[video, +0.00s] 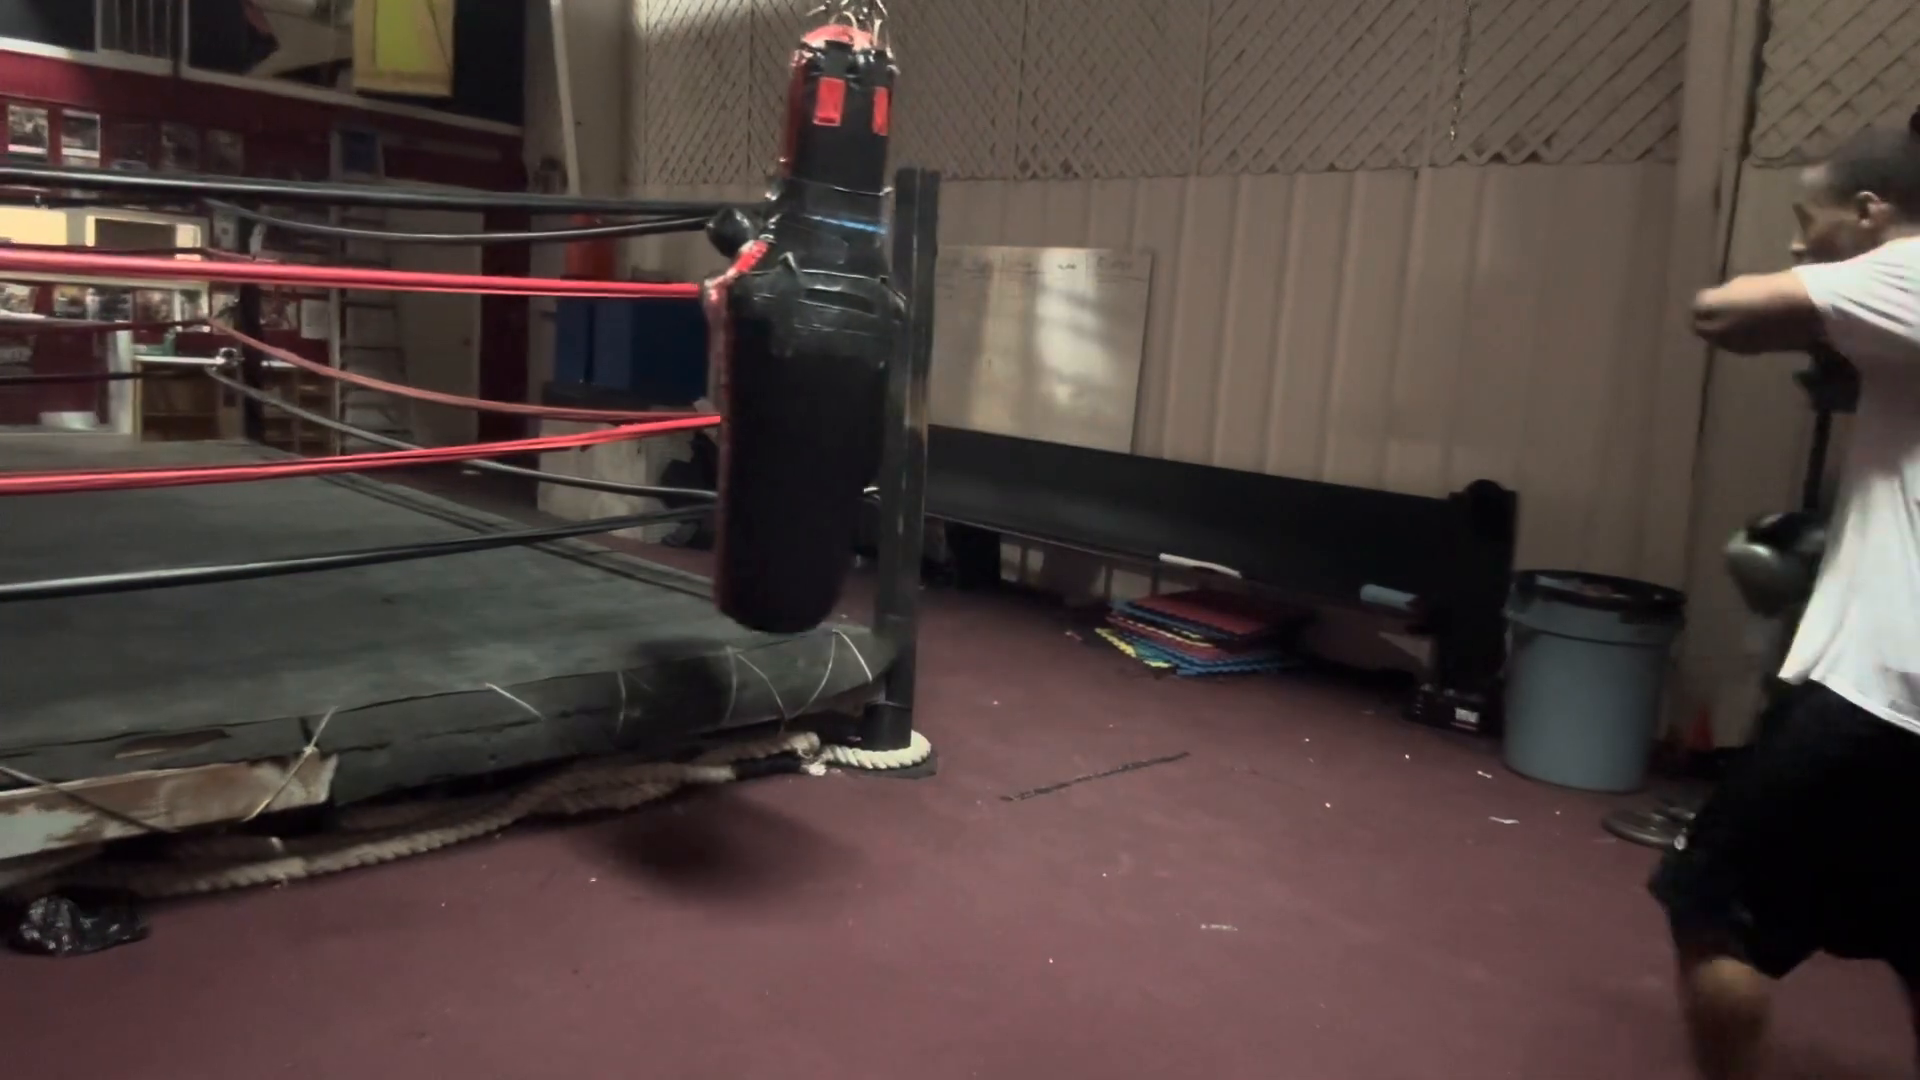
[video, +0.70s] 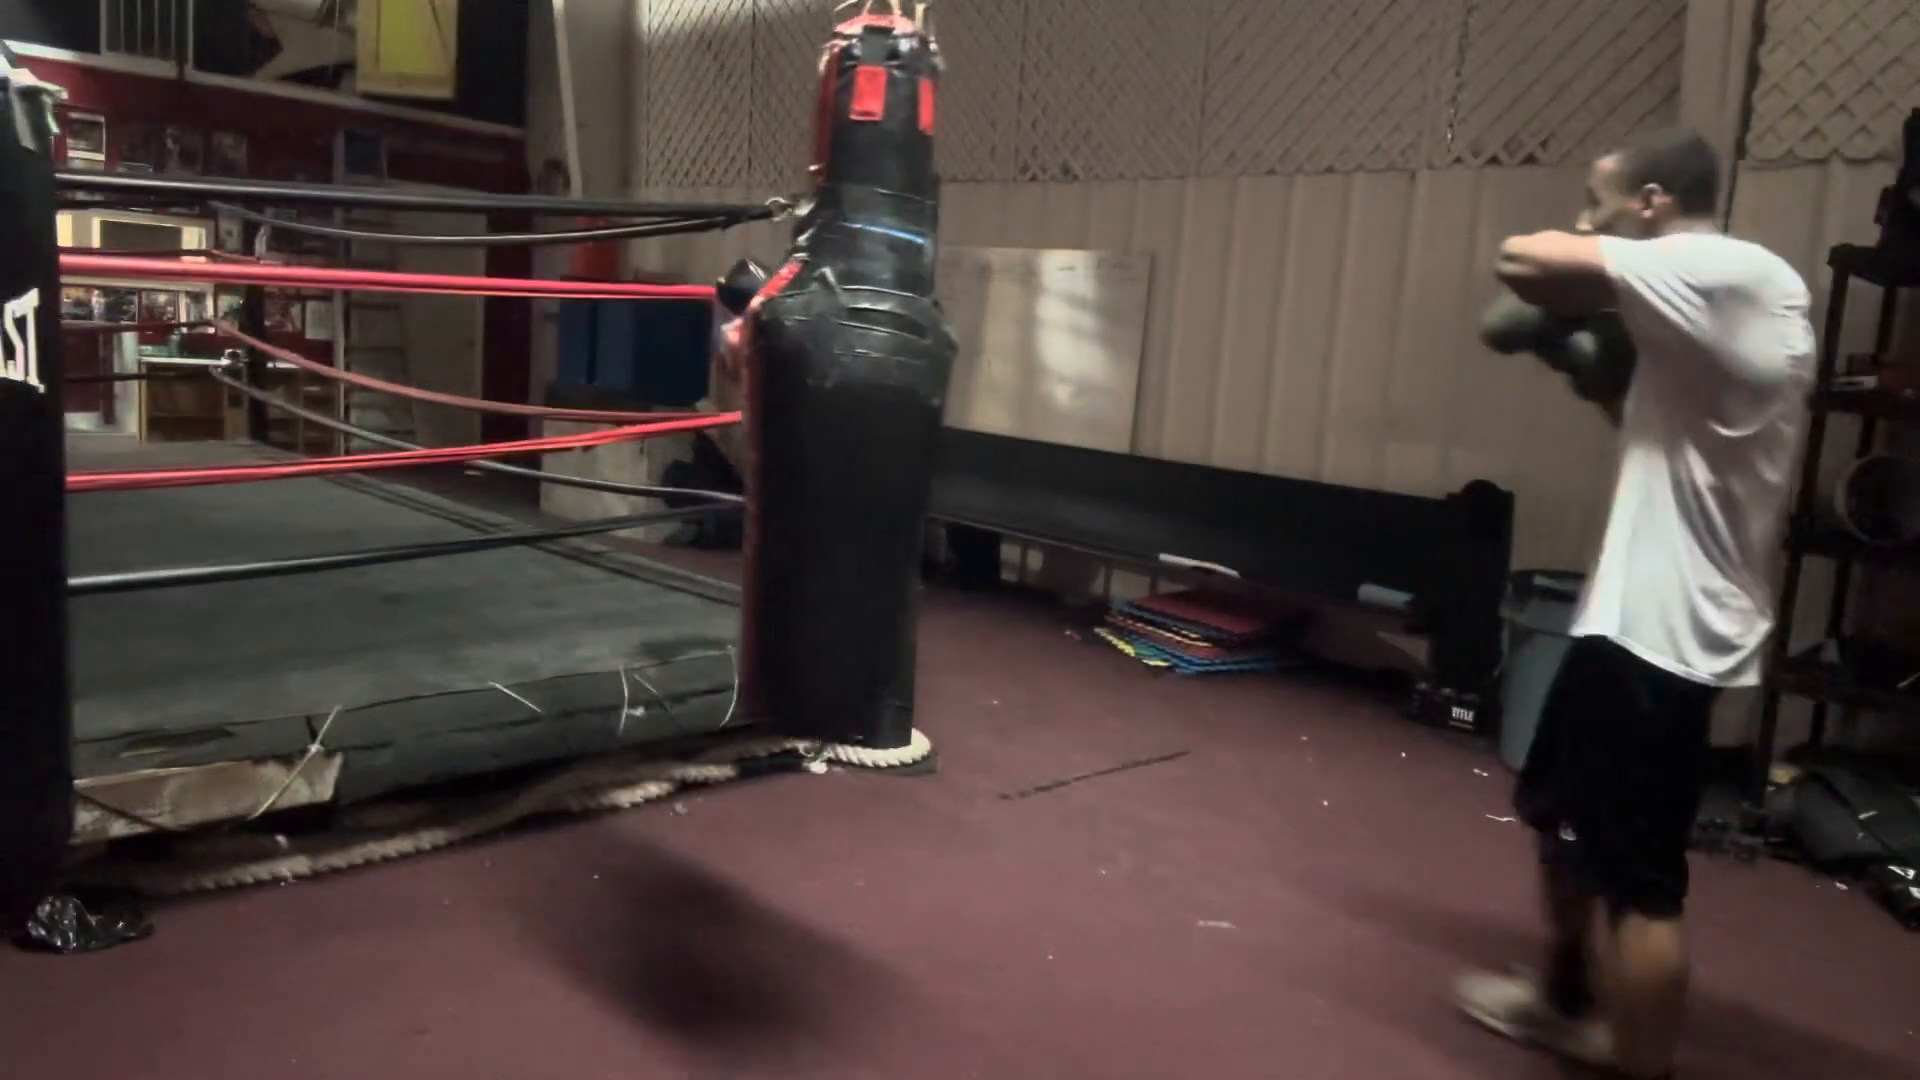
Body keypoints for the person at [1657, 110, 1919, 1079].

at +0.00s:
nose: (1803, 249)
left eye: (1815, 228)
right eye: (1803, 231)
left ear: (1872, 213)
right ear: (1883, 215)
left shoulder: (1909, 274)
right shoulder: (1898, 283)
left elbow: (1715, 310)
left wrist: (1817, 281)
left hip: (1885, 678)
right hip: (1882, 674)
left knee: (1710, 899)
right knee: (1910, 941)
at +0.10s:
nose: (1775, 251)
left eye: (1783, 230)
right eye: (1772, 233)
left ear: (1843, 218)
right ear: (1859, 221)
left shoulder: (1905, 271)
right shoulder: (1894, 284)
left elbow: (1685, 299)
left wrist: (1807, 303)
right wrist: (1798, 536)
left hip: (1865, 690)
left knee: (1699, 919)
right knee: (1916, 960)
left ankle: (1676, 1065)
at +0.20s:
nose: (1713, 252)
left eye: (1723, 233)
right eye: (1712, 235)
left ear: (1773, 220)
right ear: (1807, 221)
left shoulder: (1847, 279)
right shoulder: (1896, 295)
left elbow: (1622, 297)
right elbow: (1857, 477)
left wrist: (1728, 310)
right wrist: (1729, 504)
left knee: (1655, 894)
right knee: (1845, 920)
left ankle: (1637, 1065)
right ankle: (1887, 1060)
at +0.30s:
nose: (1683, 232)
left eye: (1692, 215)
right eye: (1683, 215)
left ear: (1739, 209)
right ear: (1794, 209)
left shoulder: (1785, 281)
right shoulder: (1889, 301)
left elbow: (1589, 280)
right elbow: (1798, 416)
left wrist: (1688, 306)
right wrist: (1698, 395)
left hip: (1737, 670)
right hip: (1828, 680)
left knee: (1644, 899)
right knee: (1757, 892)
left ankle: (1636, 1068)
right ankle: (1854, 1059)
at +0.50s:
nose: (1647, 226)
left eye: (1654, 210)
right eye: (1647, 210)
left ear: (1698, 201)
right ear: (1755, 201)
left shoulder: (1743, 275)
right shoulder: (1848, 297)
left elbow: (1551, 262)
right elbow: (1741, 401)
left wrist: (1631, 304)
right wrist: (1628, 361)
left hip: (1689, 651)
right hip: (1757, 652)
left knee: (1633, 890)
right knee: (1661, 857)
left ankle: (1638, 1073)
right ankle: (1769, 1043)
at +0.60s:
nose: (1624, 217)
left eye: (1632, 200)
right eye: (1625, 200)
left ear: (1676, 196)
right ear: (1720, 195)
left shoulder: (1729, 268)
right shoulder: (1809, 289)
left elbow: (1535, 255)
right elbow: (1707, 394)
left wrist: (1621, 260)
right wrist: (1599, 344)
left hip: (1675, 632)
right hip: (1727, 630)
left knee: (1631, 881)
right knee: (1619, 850)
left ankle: (1638, 1070)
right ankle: (1690, 1035)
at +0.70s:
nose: (1594, 221)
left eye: (1604, 206)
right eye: (1595, 206)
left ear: (1655, 204)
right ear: (1675, 204)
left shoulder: (1726, 273)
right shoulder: (1766, 285)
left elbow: (1520, 258)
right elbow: (1661, 416)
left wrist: (1597, 254)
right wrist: (1577, 340)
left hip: (1666, 626)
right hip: (1651, 613)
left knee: (1641, 871)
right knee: (1559, 809)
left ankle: (1642, 1063)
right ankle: (1566, 999)